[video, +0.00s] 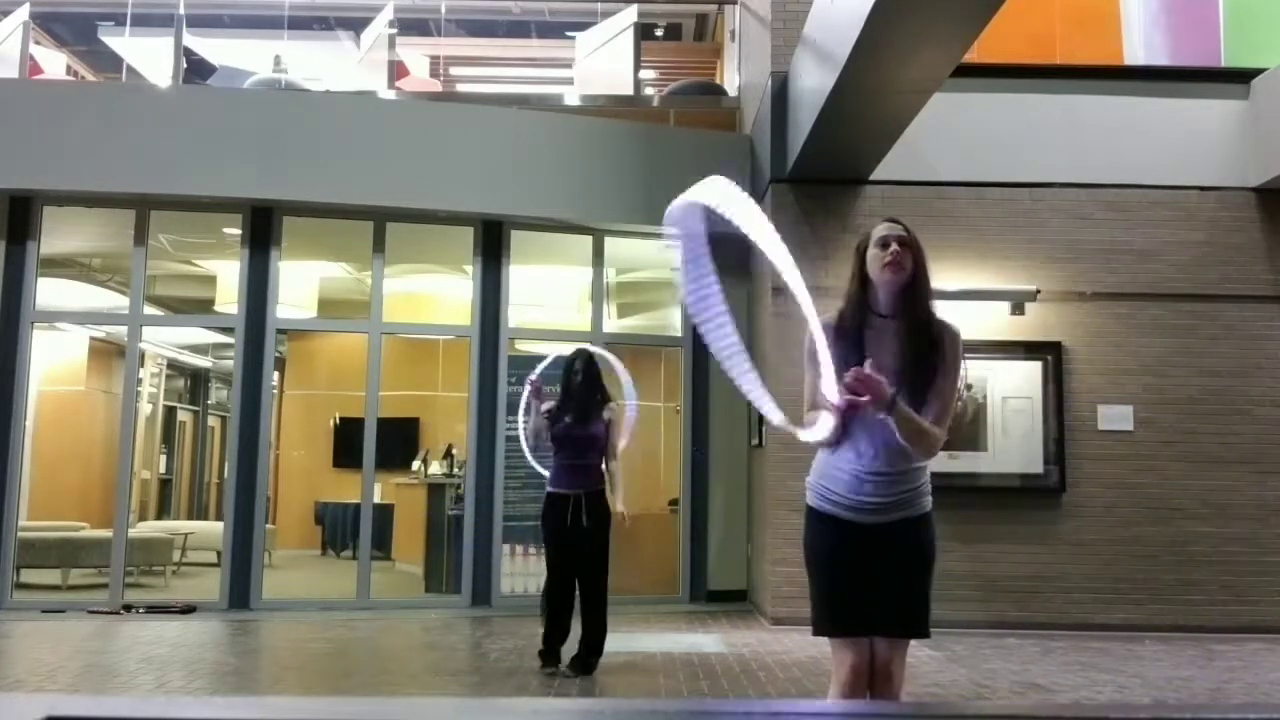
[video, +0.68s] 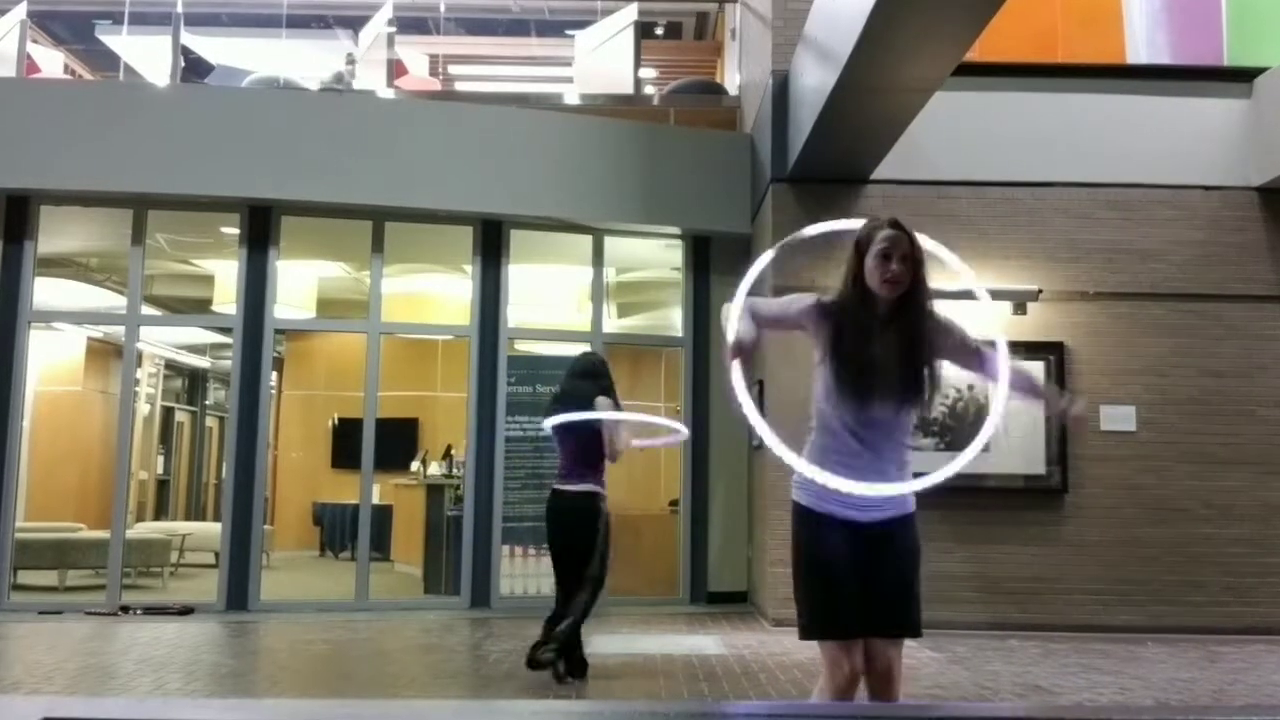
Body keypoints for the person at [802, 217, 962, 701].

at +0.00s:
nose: (895, 249)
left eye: (904, 244)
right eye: (882, 244)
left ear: (917, 263)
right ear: (864, 263)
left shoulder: (942, 338)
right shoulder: (829, 334)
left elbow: (931, 443)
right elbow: (819, 430)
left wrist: (888, 402)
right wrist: (838, 410)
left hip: (905, 513)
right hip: (835, 511)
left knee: (888, 669)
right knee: (853, 666)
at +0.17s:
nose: (899, 254)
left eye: (908, 248)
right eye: (888, 247)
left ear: (919, 264)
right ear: (867, 264)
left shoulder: (943, 342)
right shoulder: (833, 332)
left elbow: (941, 441)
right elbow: (825, 430)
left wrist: (914, 469)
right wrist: (805, 368)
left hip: (902, 511)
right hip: (834, 508)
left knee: (891, 666)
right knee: (857, 667)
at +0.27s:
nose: (902, 254)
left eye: (911, 247)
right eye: (889, 247)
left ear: (921, 263)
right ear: (868, 262)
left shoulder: (942, 344)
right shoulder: (833, 328)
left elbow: (937, 451)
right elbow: (789, 404)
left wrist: (932, 527)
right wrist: (786, 335)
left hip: (899, 513)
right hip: (832, 510)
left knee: (889, 668)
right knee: (856, 669)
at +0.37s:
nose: (901, 255)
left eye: (911, 247)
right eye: (889, 246)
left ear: (923, 262)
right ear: (868, 259)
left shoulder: (940, 341)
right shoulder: (827, 325)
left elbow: (948, 440)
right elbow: (743, 367)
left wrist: (957, 531)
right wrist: (769, 306)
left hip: (901, 512)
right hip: (833, 509)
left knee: (890, 670)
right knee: (855, 672)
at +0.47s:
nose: (901, 256)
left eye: (910, 249)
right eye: (888, 248)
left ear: (920, 261)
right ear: (866, 260)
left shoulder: (932, 333)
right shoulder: (830, 314)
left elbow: (959, 424)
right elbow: (732, 327)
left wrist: (979, 493)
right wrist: (769, 290)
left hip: (900, 509)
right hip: (831, 508)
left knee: (888, 671)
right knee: (853, 674)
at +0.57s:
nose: (898, 261)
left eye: (907, 251)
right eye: (886, 252)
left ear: (918, 262)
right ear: (863, 261)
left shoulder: (931, 332)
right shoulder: (829, 313)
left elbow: (983, 403)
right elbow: (731, 313)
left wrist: (1025, 462)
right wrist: (759, 287)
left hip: (895, 504)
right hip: (827, 502)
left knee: (887, 670)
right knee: (850, 670)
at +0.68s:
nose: (895, 267)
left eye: (906, 259)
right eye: (884, 256)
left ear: (915, 270)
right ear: (861, 263)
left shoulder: (925, 328)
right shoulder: (825, 315)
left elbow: (991, 366)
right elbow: (748, 309)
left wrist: (1052, 398)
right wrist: (744, 334)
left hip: (890, 512)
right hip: (824, 509)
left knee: (884, 667)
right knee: (843, 670)